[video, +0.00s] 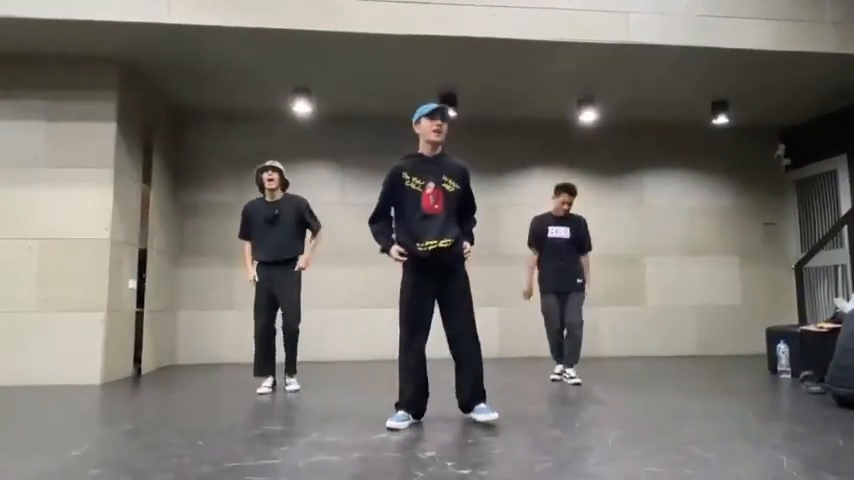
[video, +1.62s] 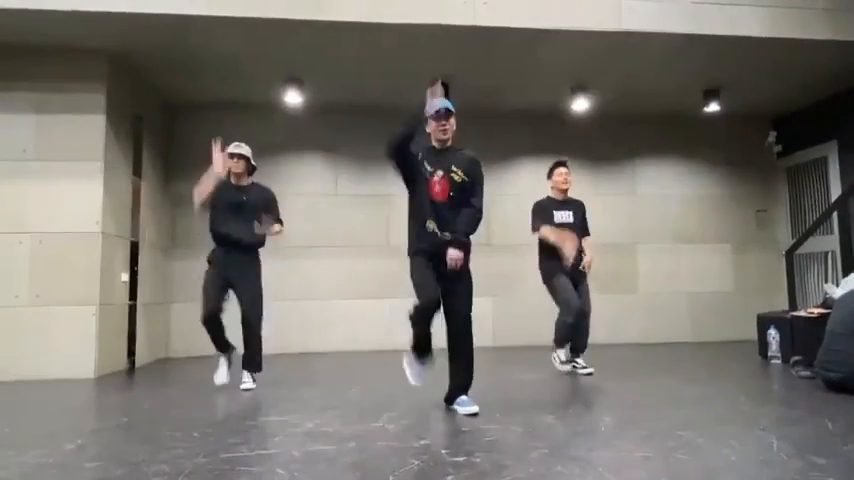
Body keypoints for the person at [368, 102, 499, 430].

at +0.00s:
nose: (438, 124)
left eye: (442, 119)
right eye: (431, 119)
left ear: (447, 128)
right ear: (416, 126)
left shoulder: (458, 170)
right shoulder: (401, 171)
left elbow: (468, 213)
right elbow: (379, 217)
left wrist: (467, 237)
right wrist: (389, 244)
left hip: (452, 265)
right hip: (416, 266)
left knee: (465, 335)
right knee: (412, 339)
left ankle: (474, 403)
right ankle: (409, 409)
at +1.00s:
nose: (439, 123)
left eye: (443, 119)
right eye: (433, 118)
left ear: (449, 126)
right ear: (420, 125)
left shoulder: (464, 167)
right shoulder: (406, 169)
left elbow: (473, 208)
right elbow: (396, 212)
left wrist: (459, 219)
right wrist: (415, 223)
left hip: (453, 265)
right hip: (418, 266)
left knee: (458, 333)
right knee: (417, 333)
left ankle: (459, 398)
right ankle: (416, 397)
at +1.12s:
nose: (437, 124)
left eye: (442, 119)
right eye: (431, 120)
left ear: (449, 126)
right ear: (420, 127)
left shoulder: (462, 164)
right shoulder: (410, 165)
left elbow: (488, 204)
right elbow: (383, 203)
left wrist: (479, 181)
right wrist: (410, 183)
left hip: (450, 265)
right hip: (414, 265)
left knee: (458, 330)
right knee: (405, 318)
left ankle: (457, 397)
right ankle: (386, 390)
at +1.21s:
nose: (436, 129)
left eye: (441, 125)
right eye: (430, 124)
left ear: (449, 130)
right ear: (419, 130)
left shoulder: (466, 172)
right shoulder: (404, 174)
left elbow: (497, 195)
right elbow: (373, 197)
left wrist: (528, 168)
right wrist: (357, 175)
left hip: (450, 272)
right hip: (412, 270)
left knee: (460, 334)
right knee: (390, 327)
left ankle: (458, 397)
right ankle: (355, 395)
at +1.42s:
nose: (440, 125)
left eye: (445, 119)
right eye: (433, 120)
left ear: (453, 126)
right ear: (423, 127)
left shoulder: (467, 166)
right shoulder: (412, 167)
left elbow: (491, 205)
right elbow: (387, 209)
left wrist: (484, 185)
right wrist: (398, 185)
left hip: (455, 261)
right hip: (419, 261)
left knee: (457, 324)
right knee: (414, 315)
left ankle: (457, 396)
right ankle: (393, 389)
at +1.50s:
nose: (442, 128)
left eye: (446, 124)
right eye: (436, 124)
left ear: (453, 127)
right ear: (426, 128)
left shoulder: (468, 166)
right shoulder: (412, 167)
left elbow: (484, 206)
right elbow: (400, 211)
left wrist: (464, 207)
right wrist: (422, 190)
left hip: (456, 258)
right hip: (421, 259)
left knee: (457, 325)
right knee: (426, 325)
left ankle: (457, 393)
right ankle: (430, 391)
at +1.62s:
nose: (443, 123)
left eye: (447, 118)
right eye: (437, 119)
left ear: (455, 122)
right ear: (427, 125)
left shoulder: (468, 163)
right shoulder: (415, 161)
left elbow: (474, 209)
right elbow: (397, 150)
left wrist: (459, 242)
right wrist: (421, 117)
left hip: (456, 249)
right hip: (423, 249)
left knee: (461, 322)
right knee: (429, 301)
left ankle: (458, 393)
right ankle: (419, 354)